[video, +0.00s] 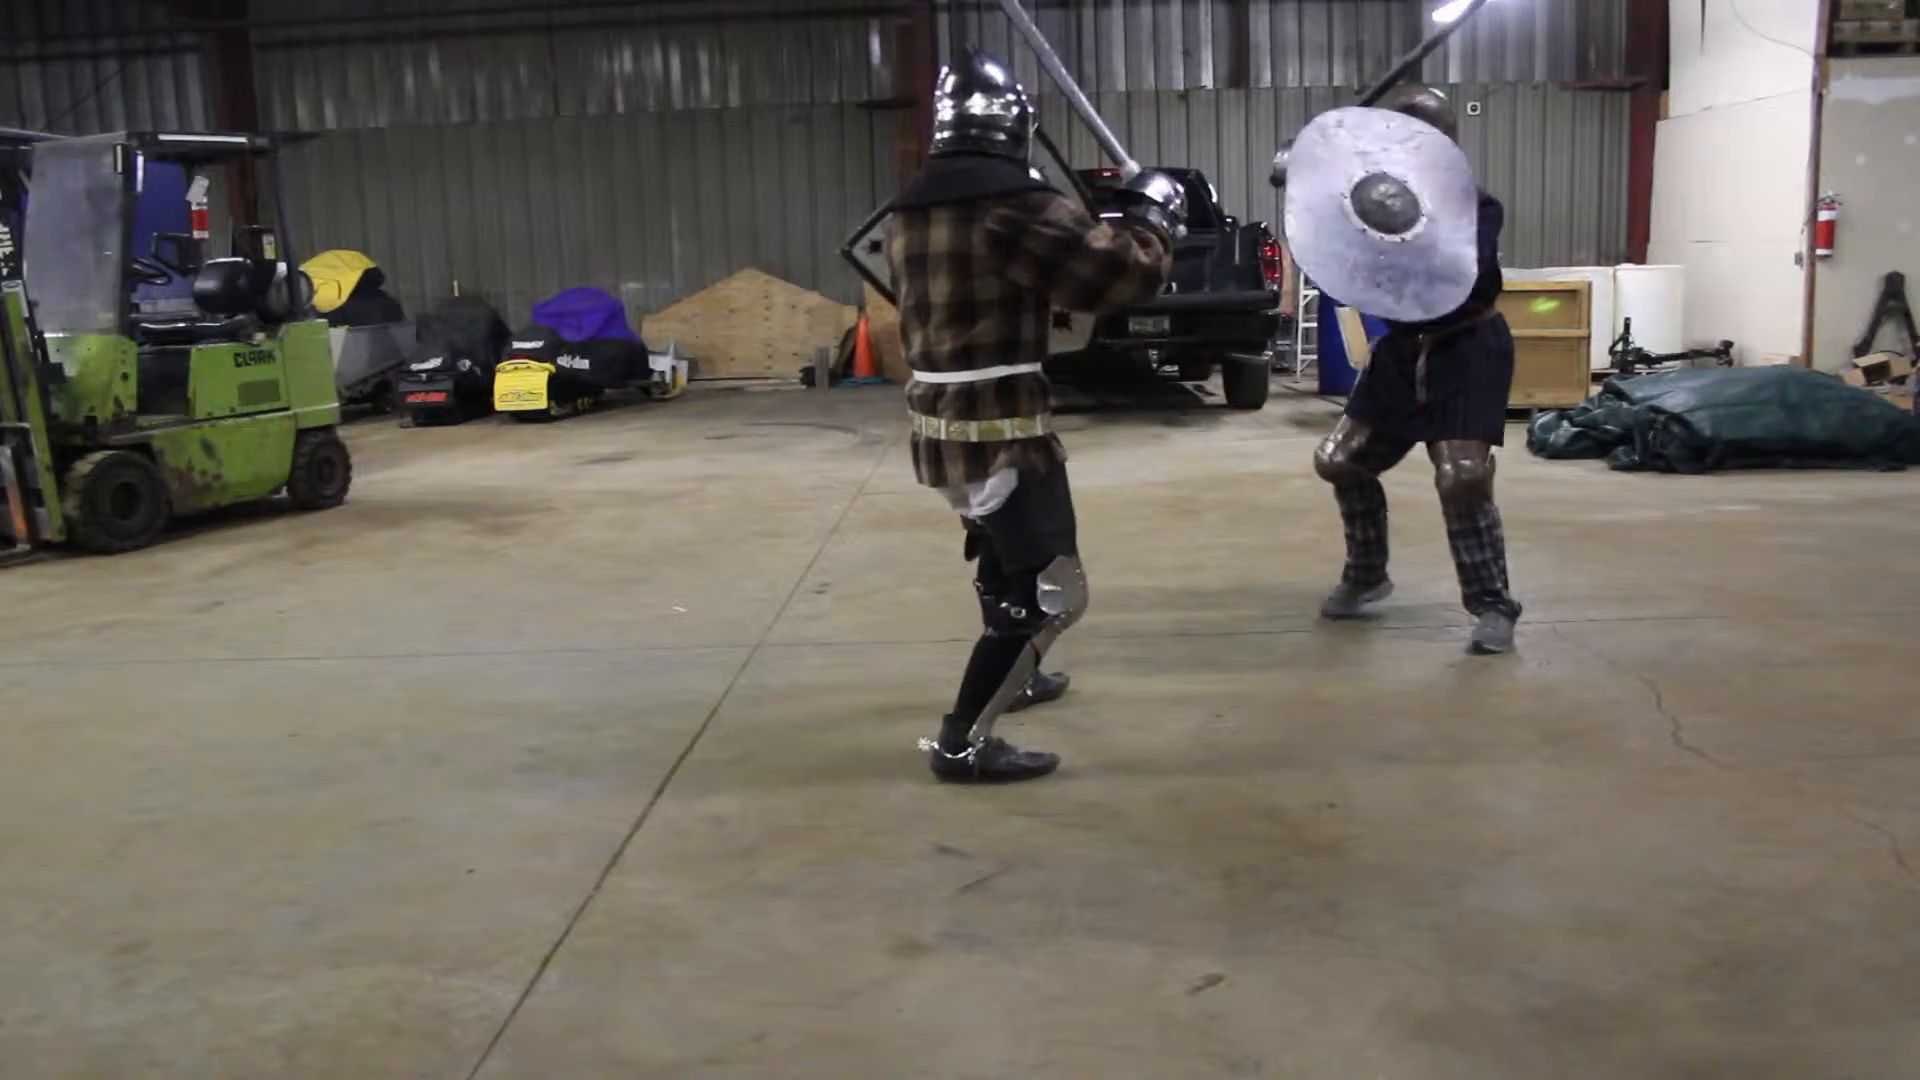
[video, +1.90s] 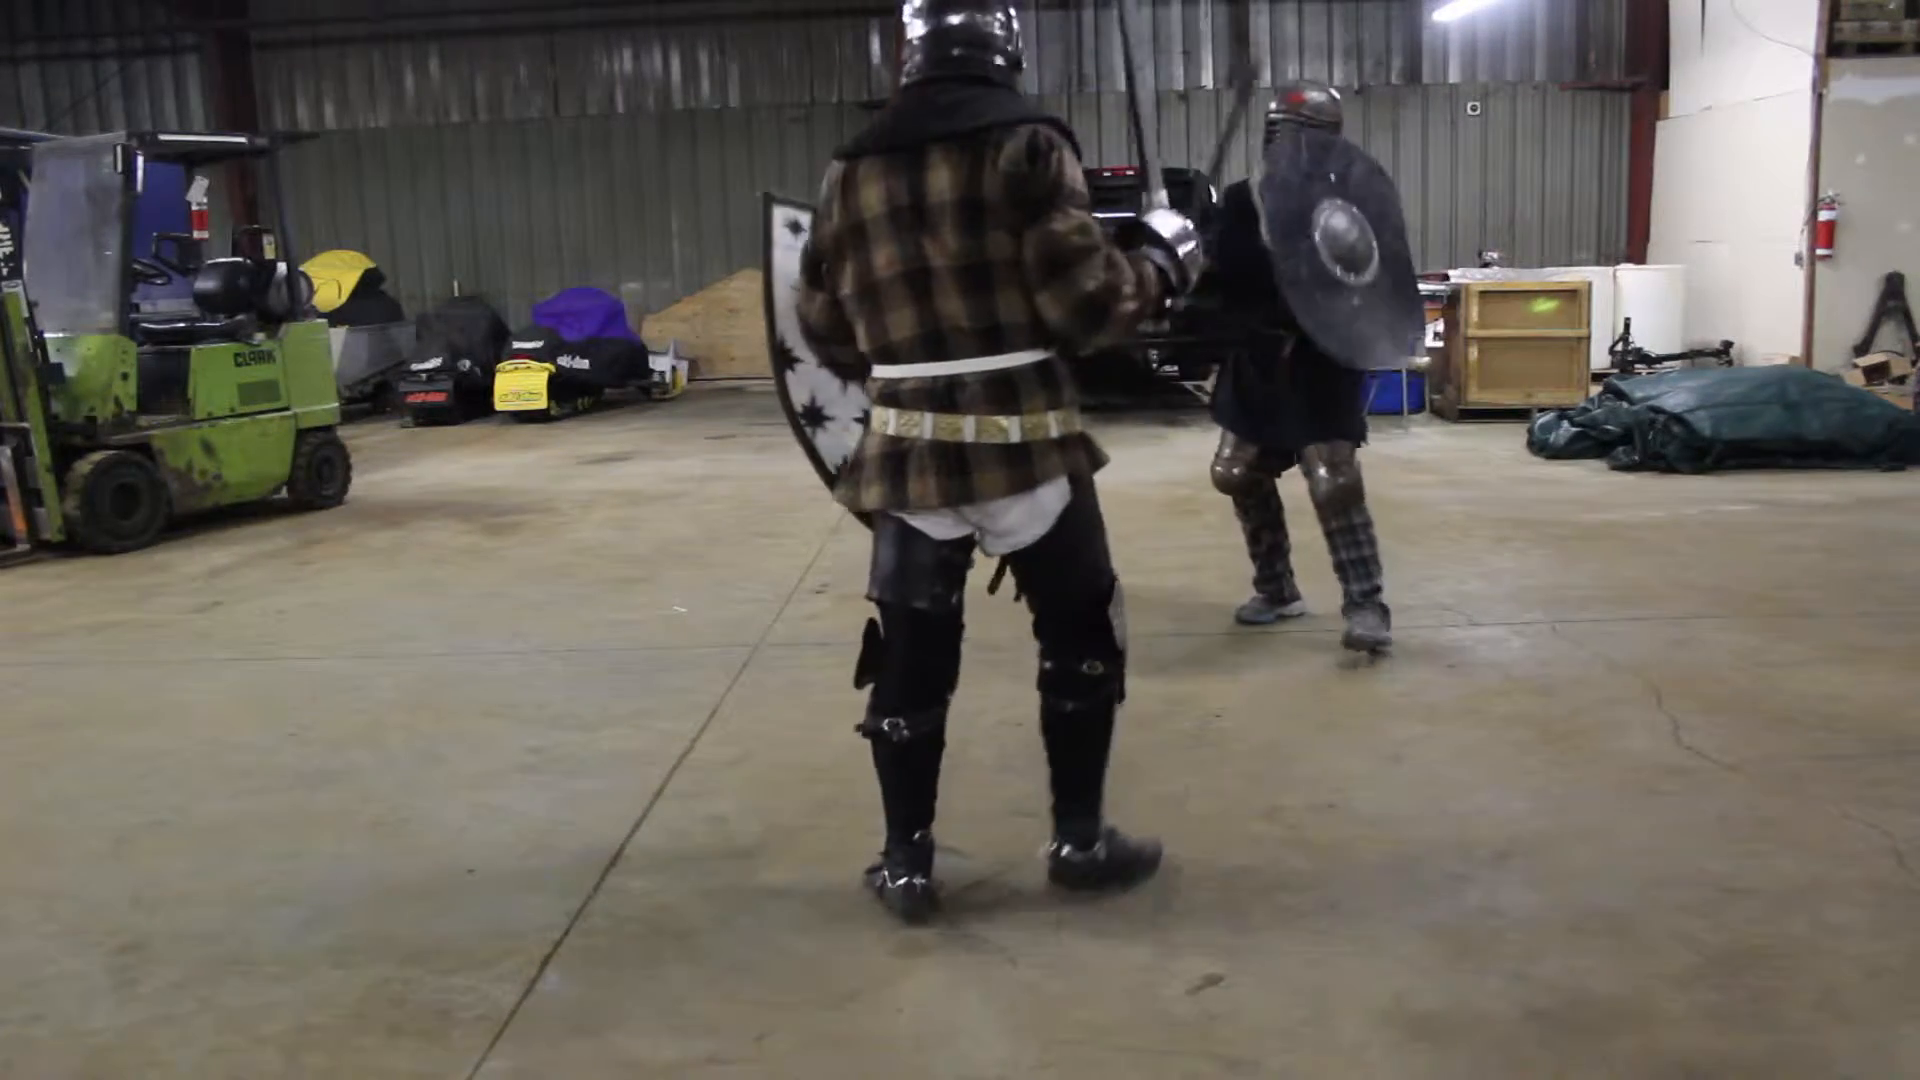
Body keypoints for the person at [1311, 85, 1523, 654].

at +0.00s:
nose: (1414, 143)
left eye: (1428, 131)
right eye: (1403, 131)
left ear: (1450, 140)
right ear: (1386, 137)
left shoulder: (1475, 208)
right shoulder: (1379, 200)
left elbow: (1475, 293)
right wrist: (1304, 186)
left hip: (1470, 343)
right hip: (1402, 343)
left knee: (1461, 474)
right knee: (1343, 461)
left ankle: (1493, 611)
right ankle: (1367, 576)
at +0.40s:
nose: (1372, 131)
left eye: (1385, 120)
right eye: (1366, 119)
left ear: (1411, 127)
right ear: (1357, 124)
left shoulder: (1431, 185)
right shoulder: (1345, 184)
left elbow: (1436, 281)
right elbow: (1280, 247)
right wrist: (1263, 189)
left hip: (1428, 336)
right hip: (1360, 337)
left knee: (1428, 464)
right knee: (1328, 462)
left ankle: (1468, 595)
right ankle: (1351, 582)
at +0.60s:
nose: (1364, 198)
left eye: (1376, 190)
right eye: (1352, 191)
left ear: (1396, 193)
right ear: (1336, 194)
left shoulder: (1422, 225)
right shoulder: (1317, 232)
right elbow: (1304, 325)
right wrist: (1285, 275)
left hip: (1416, 358)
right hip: (1348, 360)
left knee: (1394, 468)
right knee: (1310, 495)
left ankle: (1393, 597)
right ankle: (1352, 576)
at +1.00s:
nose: (1371, 179)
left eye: (1382, 175)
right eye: (1360, 173)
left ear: (1401, 179)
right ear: (1338, 173)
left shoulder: (1419, 212)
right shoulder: (1306, 213)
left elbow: (1446, 279)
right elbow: (1261, 275)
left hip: (1396, 350)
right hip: (1322, 348)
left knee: (1382, 481)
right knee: (1328, 482)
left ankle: (1381, 623)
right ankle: (1346, 579)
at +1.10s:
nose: (1372, 139)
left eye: (1383, 130)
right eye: (1361, 129)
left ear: (1402, 128)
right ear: (1342, 130)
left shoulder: (1426, 167)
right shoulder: (1316, 175)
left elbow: (1459, 258)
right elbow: (1271, 217)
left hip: (1394, 349)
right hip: (1320, 343)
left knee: (1380, 481)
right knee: (1322, 474)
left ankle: (1381, 623)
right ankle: (1349, 577)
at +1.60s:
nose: (1356, 147)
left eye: (1369, 135)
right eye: (1345, 132)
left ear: (1384, 137)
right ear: (1318, 127)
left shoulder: (1394, 198)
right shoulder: (1284, 194)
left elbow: (1426, 283)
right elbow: (1242, 275)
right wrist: (1229, 260)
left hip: (1364, 361)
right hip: (1289, 355)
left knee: (1356, 488)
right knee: (1265, 478)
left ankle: (1377, 625)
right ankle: (1279, 588)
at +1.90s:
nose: (1281, 148)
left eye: (1297, 136)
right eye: (1275, 135)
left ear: (1329, 141)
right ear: (1267, 140)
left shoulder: (1351, 204)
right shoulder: (1244, 204)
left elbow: (1376, 284)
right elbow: (1220, 288)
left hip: (1328, 363)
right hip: (1258, 360)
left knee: (1332, 476)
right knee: (1238, 472)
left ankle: (1365, 606)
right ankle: (1277, 589)